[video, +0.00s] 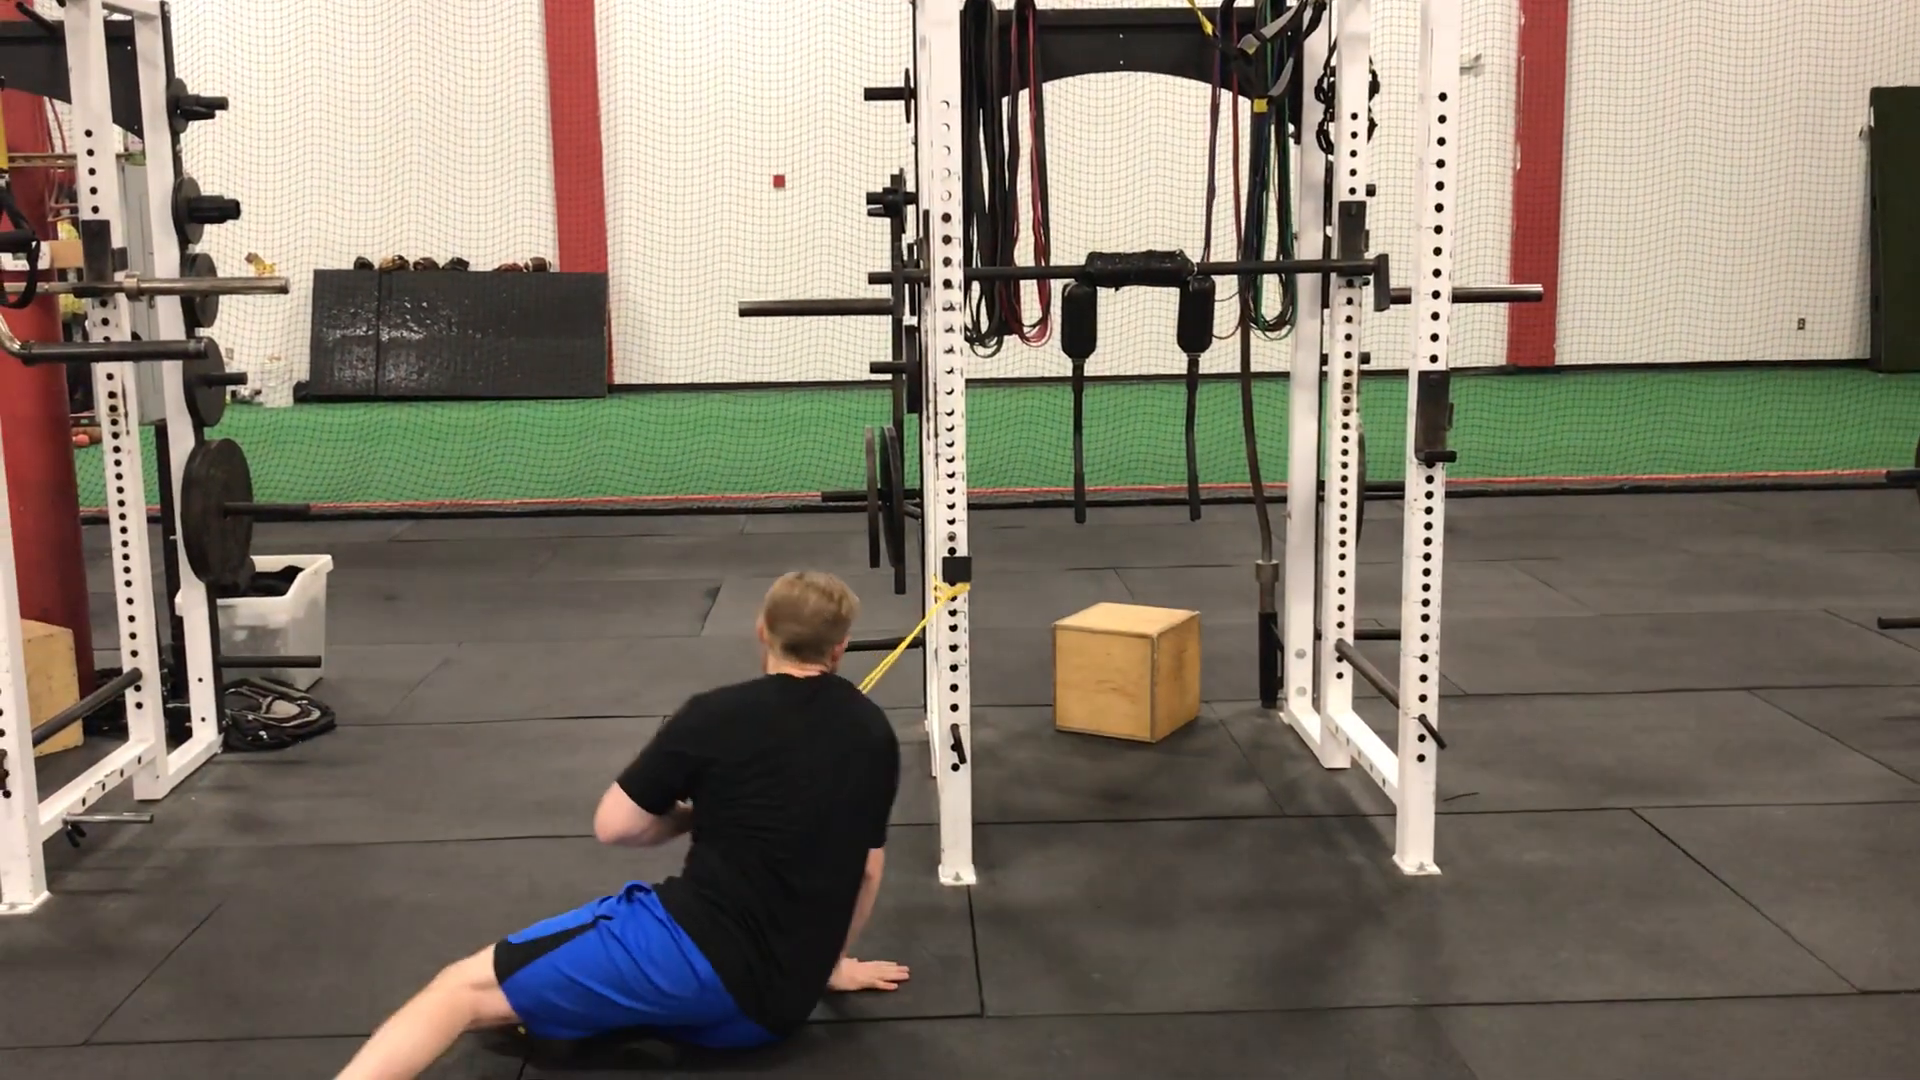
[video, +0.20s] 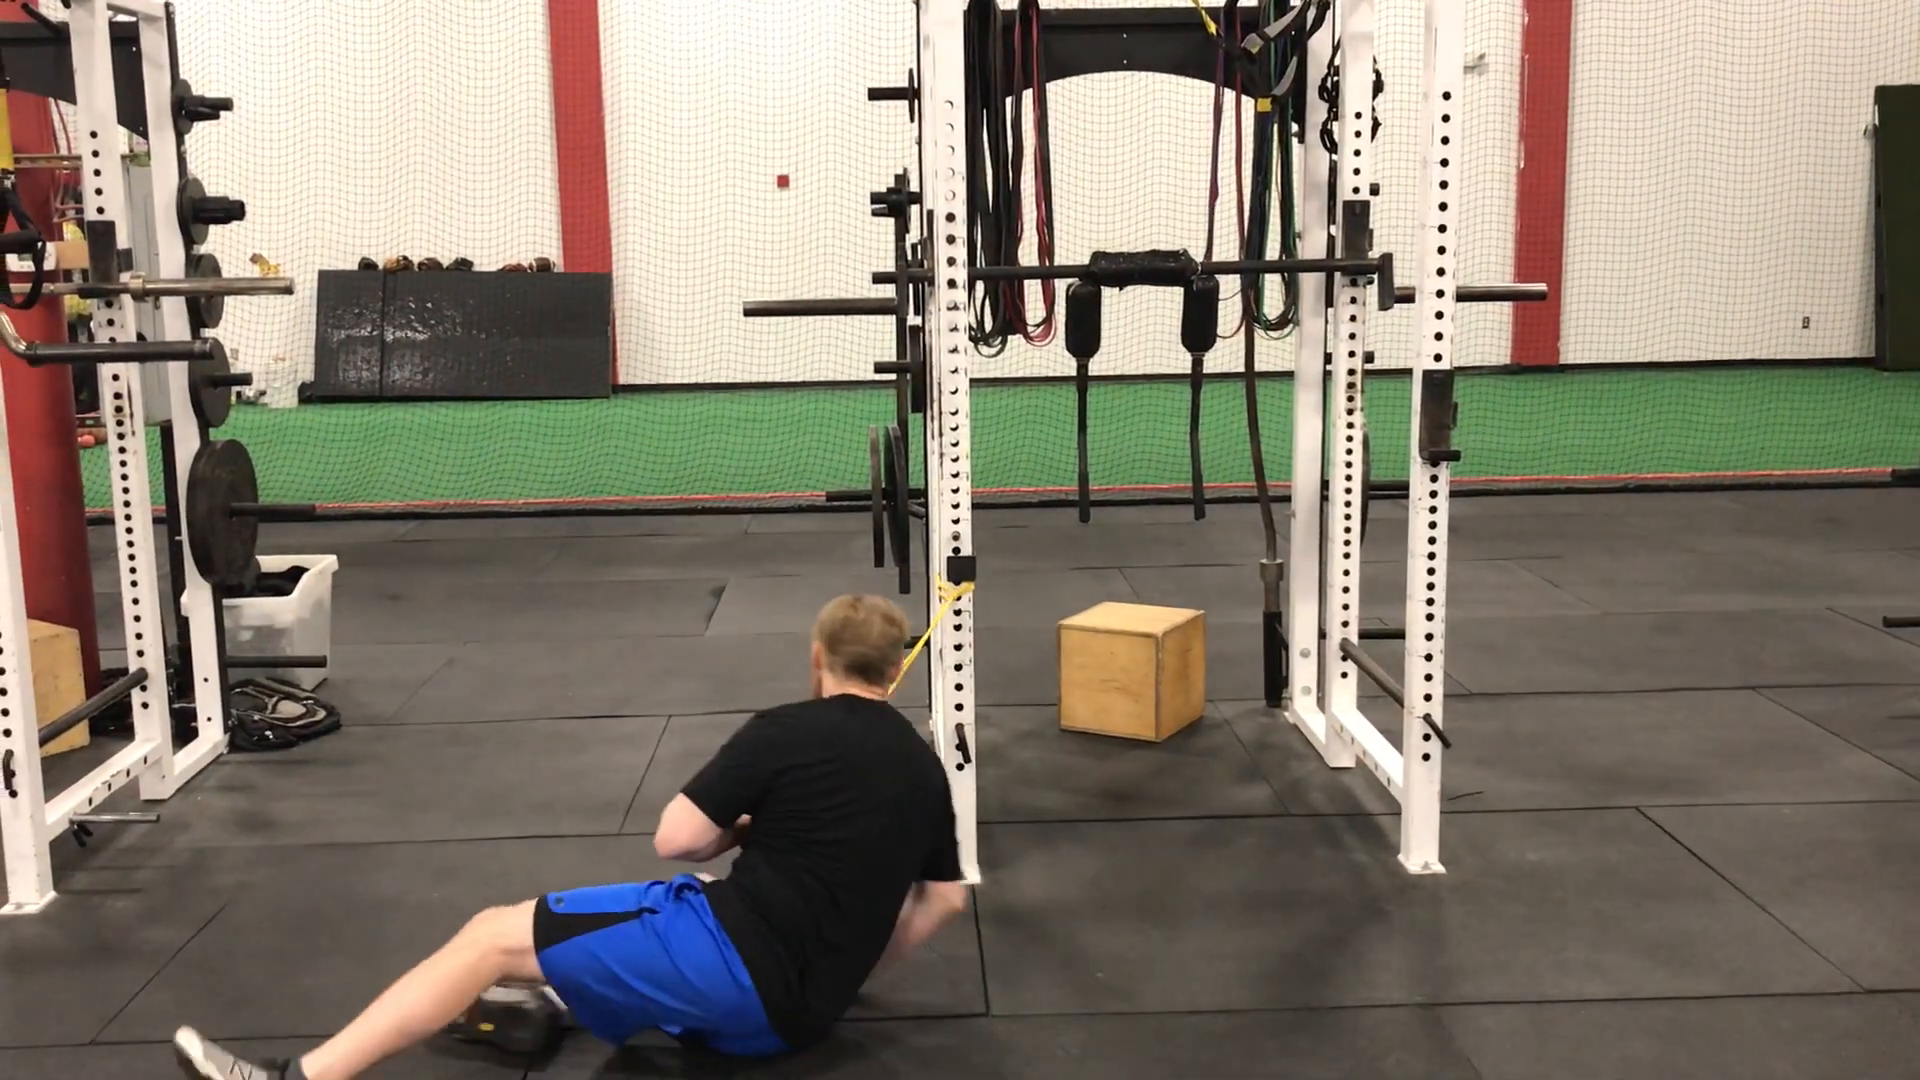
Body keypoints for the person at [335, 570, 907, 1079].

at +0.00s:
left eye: (764, 626)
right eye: (840, 642)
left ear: (761, 635)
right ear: (842, 649)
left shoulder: (718, 715)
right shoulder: (874, 731)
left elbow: (615, 826)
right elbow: (867, 871)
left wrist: (697, 811)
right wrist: (837, 962)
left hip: (686, 950)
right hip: (773, 1003)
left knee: (463, 987)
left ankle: (357, 1071)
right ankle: (523, 1013)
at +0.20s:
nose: (812, 667)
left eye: (813, 655)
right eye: (827, 658)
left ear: (822, 660)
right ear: (902, 674)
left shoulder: (786, 730)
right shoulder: (926, 764)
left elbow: (678, 838)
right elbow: (942, 897)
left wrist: (730, 845)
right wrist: (870, 960)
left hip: (718, 951)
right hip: (791, 1006)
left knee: (494, 936)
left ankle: (305, 1071)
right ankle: (533, 1006)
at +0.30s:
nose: (843, 681)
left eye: (845, 671)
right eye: (859, 676)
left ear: (853, 676)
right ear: (932, 695)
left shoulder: (814, 737)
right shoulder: (952, 796)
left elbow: (697, 826)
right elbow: (979, 937)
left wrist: (766, 827)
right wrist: (895, 924)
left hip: (730, 957)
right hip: (794, 1015)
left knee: (506, 920)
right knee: (666, 885)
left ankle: (304, 1054)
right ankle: (472, 1002)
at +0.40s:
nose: (878, 705)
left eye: (884, 695)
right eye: (898, 698)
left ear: (895, 700)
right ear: (968, 726)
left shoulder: (859, 746)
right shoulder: (970, 833)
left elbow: (713, 803)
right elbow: (988, 983)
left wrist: (792, 821)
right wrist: (951, 912)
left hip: (738, 958)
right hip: (782, 1026)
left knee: (520, 898)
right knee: (565, 933)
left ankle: (317, 1049)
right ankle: (406, 989)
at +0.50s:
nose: (914, 713)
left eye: (922, 706)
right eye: (928, 708)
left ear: (932, 718)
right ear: (992, 759)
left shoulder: (885, 755)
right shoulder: (982, 852)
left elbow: (743, 773)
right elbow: (997, 992)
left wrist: (818, 831)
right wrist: (950, 921)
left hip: (743, 957)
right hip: (782, 1022)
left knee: (538, 877)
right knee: (576, 930)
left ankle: (343, 1041)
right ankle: (398, 998)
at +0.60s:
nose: (922, 711)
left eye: (930, 705)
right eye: (937, 708)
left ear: (938, 718)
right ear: (996, 763)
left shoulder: (890, 749)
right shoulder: (980, 850)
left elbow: (750, 742)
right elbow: (1000, 994)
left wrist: (820, 825)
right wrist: (953, 929)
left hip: (752, 969)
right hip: (789, 1010)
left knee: (548, 867)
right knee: (580, 922)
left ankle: (372, 1042)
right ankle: (413, 995)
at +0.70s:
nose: (922, 709)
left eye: (931, 704)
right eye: (938, 706)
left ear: (940, 717)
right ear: (995, 763)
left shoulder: (886, 739)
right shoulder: (978, 850)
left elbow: (753, 711)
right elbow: (1006, 994)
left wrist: (794, 799)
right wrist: (958, 928)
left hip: (745, 959)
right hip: (786, 1023)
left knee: (545, 862)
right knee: (578, 921)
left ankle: (383, 1053)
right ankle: (425, 999)